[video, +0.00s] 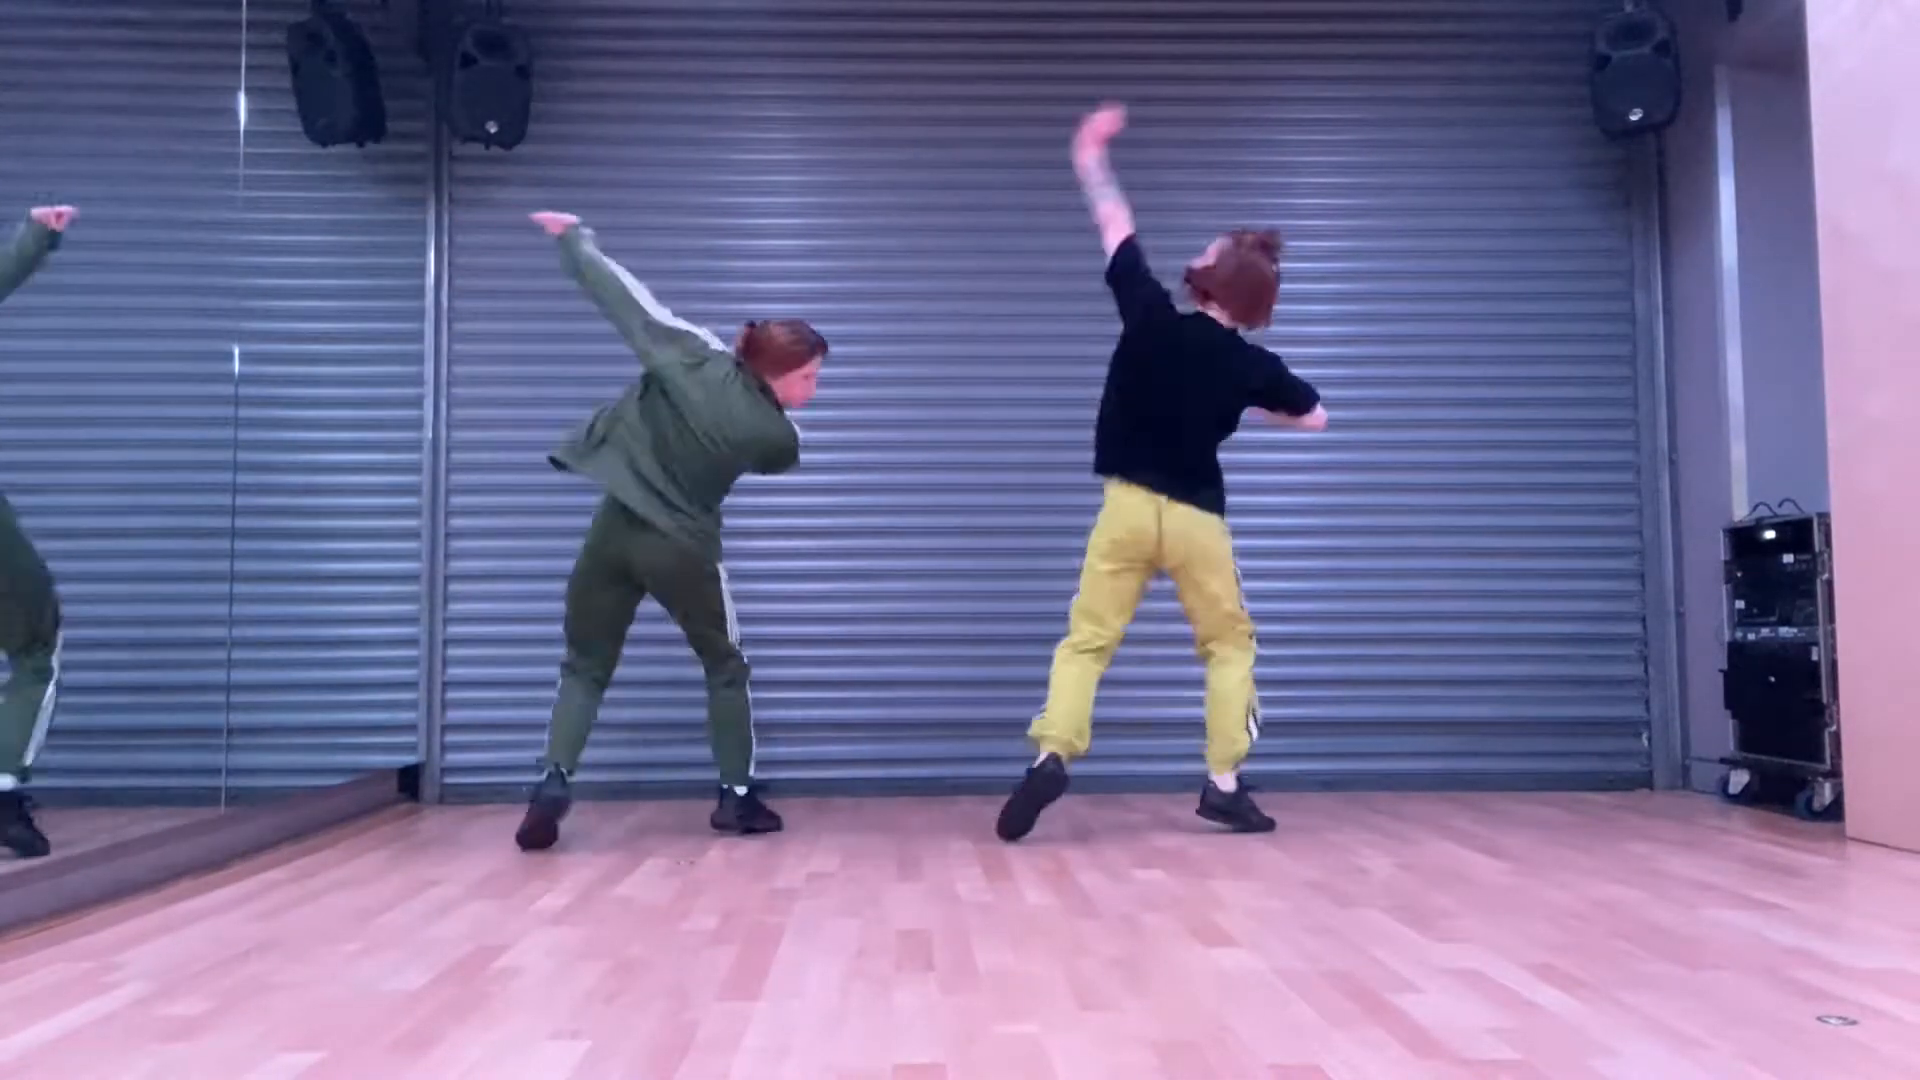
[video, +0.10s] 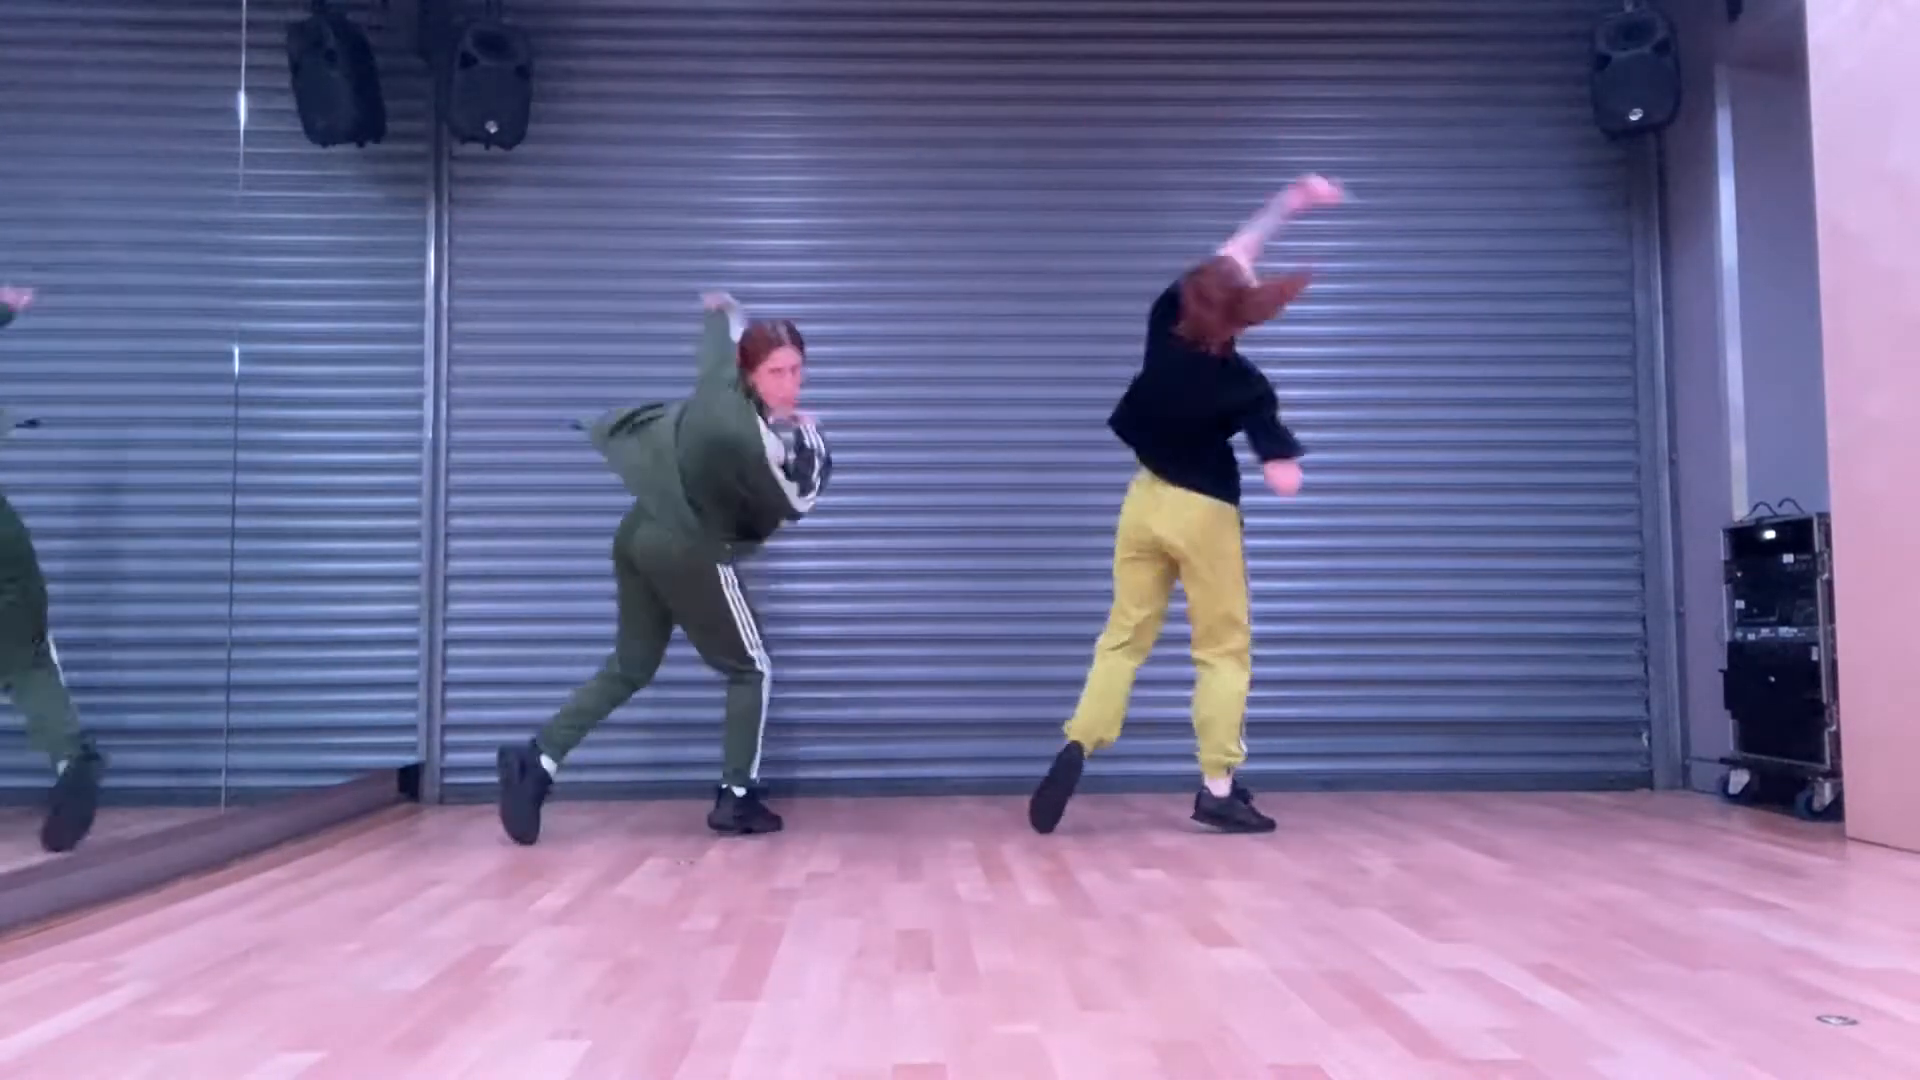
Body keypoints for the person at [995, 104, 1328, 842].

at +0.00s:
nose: (1202, 251)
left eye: (1211, 253)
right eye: (1216, 247)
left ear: (1209, 287)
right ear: (1250, 310)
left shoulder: (1148, 313)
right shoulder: (1246, 362)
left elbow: (1117, 228)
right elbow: (1313, 416)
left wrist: (1090, 159)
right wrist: (1244, 401)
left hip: (1124, 511)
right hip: (1197, 523)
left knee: (1086, 641)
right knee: (1228, 644)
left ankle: (1051, 757)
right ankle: (1224, 785)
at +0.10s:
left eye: (1201, 289)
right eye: (1235, 289)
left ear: (1191, 305)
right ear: (1238, 318)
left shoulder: (1164, 333)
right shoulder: (1244, 385)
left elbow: (1220, 268)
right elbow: (1284, 477)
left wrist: (1285, 210)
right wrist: (1270, 433)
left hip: (1144, 499)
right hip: (1206, 516)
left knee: (1123, 634)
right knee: (1222, 647)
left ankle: (1077, 746)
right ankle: (1218, 789)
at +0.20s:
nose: (1208, 291)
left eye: (1200, 284)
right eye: (1191, 296)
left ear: (1209, 300)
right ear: (1175, 332)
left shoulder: (1236, 331)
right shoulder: (1195, 396)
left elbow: (1317, 338)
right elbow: (1205, 504)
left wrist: (1391, 347)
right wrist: (1275, 525)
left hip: (1176, 518)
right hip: (1207, 530)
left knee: (1164, 646)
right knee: (1241, 658)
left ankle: (1086, 751)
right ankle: (1216, 793)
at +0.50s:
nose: (1237, 269)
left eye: (1247, 260)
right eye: (1226, 259)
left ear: (1259, 271)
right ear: (1204, 267)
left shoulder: (1272, 332)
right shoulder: (1180, 332)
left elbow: (1318, 394)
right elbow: (1138, 381)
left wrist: (1298, 449)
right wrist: (1212, 362)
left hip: (1265, 495)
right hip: (1200, 508)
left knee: (1329, 572)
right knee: (1239, 631)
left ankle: (1225, 591)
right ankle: (1240, 762)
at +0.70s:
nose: (1226, 306)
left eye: (1236, 296)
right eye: (1215, 295)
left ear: (1250, 306)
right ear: (1193, 303)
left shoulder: (1262, 364)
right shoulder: (1176, 355)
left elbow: (1340, 419)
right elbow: (1189, 344)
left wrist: (1308, 465)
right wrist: (1218, 323)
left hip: (1272, 506)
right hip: (1211, 519)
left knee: (1327, 605)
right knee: (1254, 654)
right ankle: (1263, 787)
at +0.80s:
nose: (1232, 305)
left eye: (1242, 295)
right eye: (1221, 293)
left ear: (1254, 304)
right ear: (1200, 300)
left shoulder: (1270, 365)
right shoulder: (1178, 358)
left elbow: (1330, 435)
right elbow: (1137, 397)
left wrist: (1285, 446)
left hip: (1280, 518)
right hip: (1211, 528)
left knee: (1319, 617)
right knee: (1260, 646)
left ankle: (1348, 759)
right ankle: (1263, 781)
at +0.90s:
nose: (1240, 327)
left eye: (1249, 315)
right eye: (1228, 316)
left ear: (1261, 321)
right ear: (1207, 322)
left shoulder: (1272, 385)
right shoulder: (1176, 384)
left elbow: (1268, 465)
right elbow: (1138, 472)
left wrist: (1231, 412)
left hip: (1274, 528)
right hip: (1208, 538)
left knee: (1307, 653)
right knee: (1273, 610)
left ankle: (1297, 782)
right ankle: (1248, 705)